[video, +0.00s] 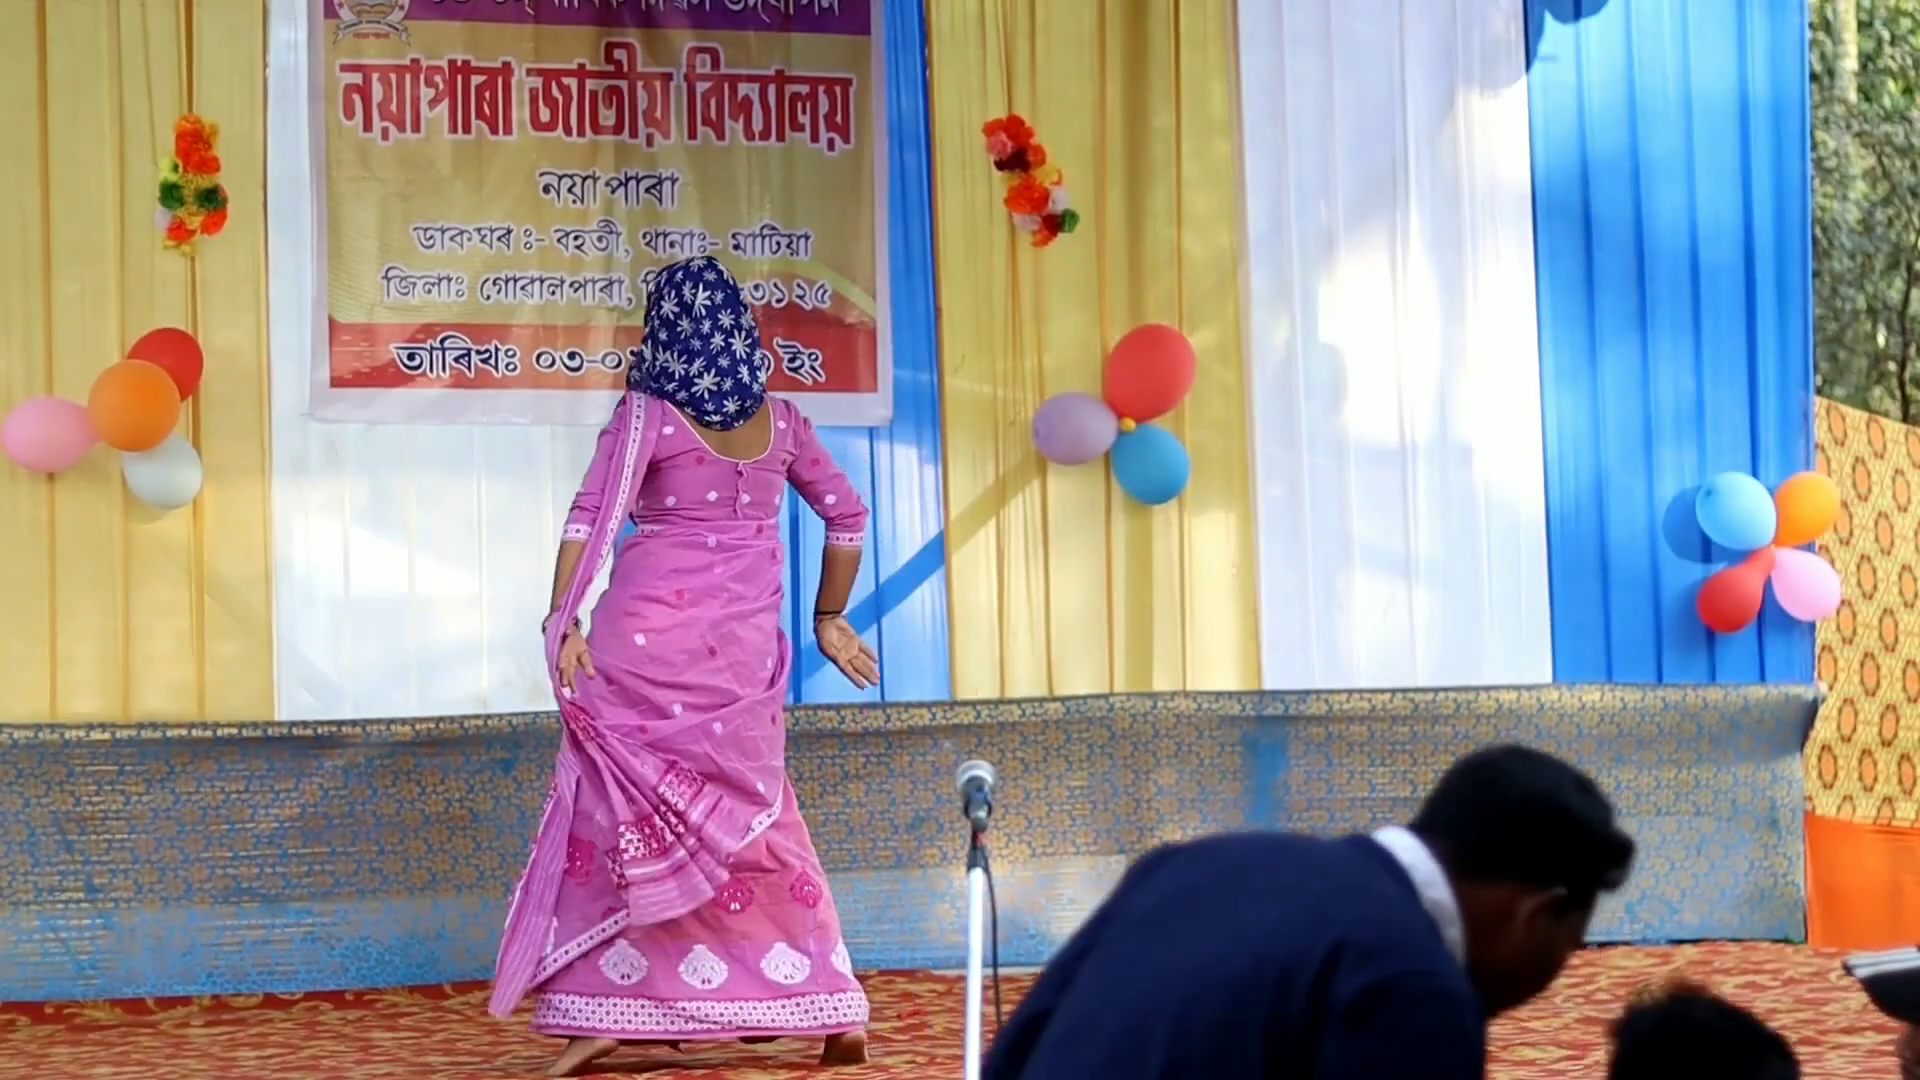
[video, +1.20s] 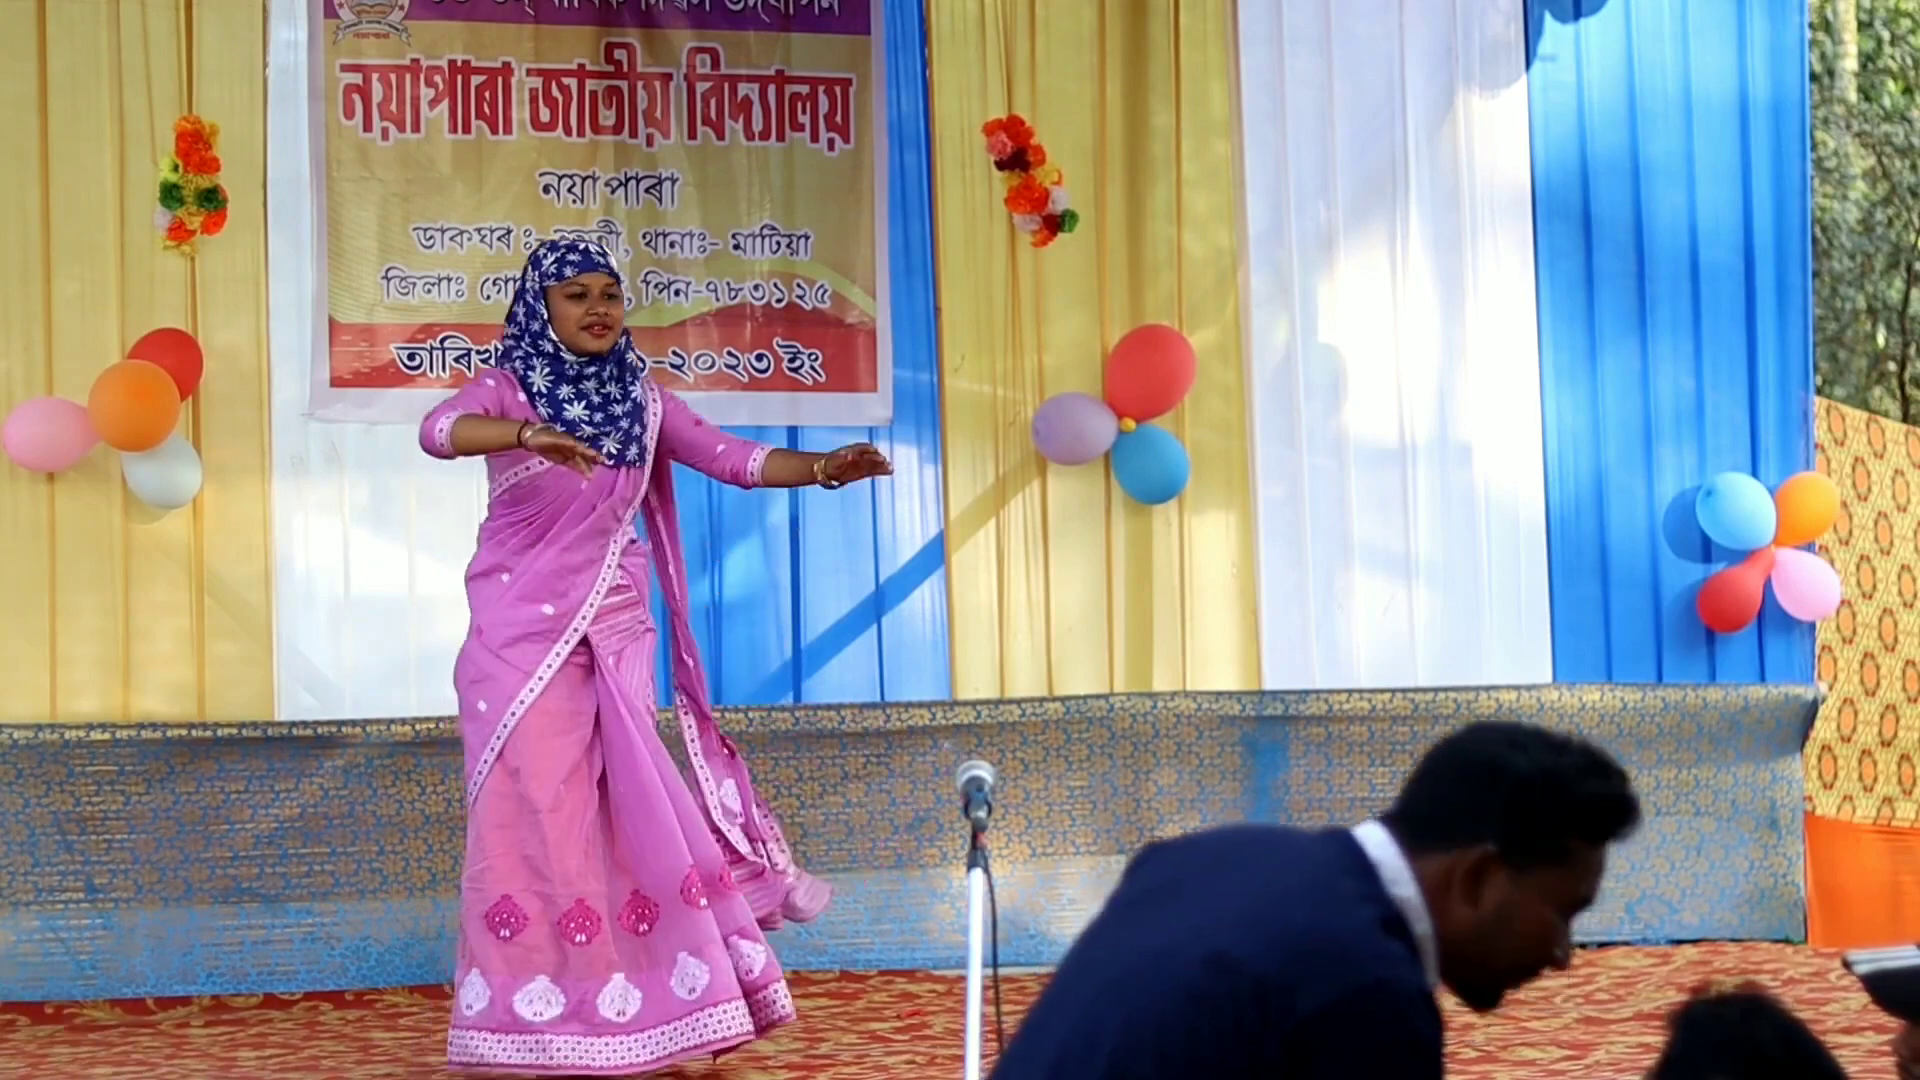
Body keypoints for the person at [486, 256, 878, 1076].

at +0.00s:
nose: (645, 340)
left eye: (651, 326)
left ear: (663, 334)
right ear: (741, 330)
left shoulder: (646, 412)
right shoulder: (779, 418)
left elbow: (593, 520)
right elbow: (847, 514)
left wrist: (564, 619)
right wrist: (831, 615)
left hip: (649, 631)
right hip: (748, 637)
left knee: (623, 804)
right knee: (768, 809)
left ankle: (610, 1007)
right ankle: (838, 1003)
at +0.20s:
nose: (605, 336)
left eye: (614, 323)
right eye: (610, 321)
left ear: (634, 332)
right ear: (707, 336)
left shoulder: (604, 412)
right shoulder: (722, 427)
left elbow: (549, 519)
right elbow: (787, 528)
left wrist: (496, 611)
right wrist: (716, 586)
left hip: (605, 650)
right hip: (702, 650)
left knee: (592, 830)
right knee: (731, 819)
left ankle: (610, 1029)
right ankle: (823, 995)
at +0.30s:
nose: (574, 341)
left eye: (590, 329)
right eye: (582, 325)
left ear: (629, 348)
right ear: (676, 354)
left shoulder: (588, 420)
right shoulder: (692, 440)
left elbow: (557, 538)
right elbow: (728, 554)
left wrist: (521, 637)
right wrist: (653, 578)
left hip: (603, 652)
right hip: (686, 656)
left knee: (575, 826)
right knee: (718, 821)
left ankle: (589, 1013)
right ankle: (816, 981)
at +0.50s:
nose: (559, 365)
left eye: (581, 353)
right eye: (551, 350)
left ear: (621, 367)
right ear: (540, 356)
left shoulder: (626, 450)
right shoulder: (544, 453)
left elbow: (650, 569)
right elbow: (508, 565)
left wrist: (662, 669)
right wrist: (442, 515)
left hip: (595, 669)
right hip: (530, 670)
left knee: (566, 836)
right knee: (519, 835)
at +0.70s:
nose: (561, 328)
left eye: (579, 313)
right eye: (545, 312)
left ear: (607, 321)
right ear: (523, 320)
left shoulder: (642, 403)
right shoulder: (489, 404)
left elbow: (690, 517)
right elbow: (410, 482)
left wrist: (732, 618)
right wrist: (399, 520)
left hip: (605, 633)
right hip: (502, 631)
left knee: (587, 814)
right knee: (490, 808)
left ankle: (550, 1019)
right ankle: (465, 982)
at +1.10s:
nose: (599, 344)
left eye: (610, 326)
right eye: (577, 331)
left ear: (627, 333)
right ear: (544, 345)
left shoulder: (637, 432)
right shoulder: (521, 424)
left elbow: (719, 503)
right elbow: (446, 492)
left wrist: (784, 517)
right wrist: (466, 555)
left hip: (602, 671)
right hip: (514, 671)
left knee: (606, 843)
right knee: (541, 847)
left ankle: (608, 1027)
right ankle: (525, 1034)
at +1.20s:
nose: (599, 310)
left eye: (610, 296)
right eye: (579, 298)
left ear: (623, 307)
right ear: (540, 310)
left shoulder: (643, 396)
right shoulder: (509, 386)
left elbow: (735, 457)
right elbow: (438, 430)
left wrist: (824, 467)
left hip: (616, 638)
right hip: (520, 638)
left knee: (621, 816)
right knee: (536, 817)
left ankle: (627, 1016)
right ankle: (546, 1020)